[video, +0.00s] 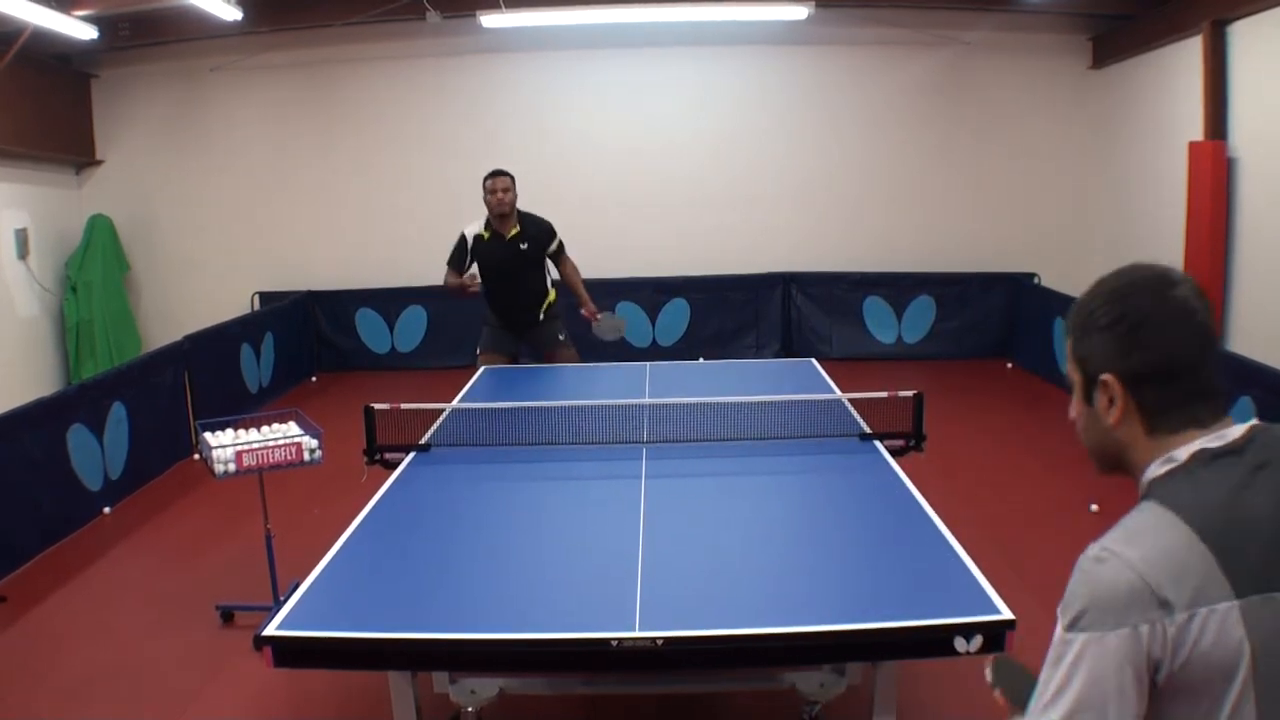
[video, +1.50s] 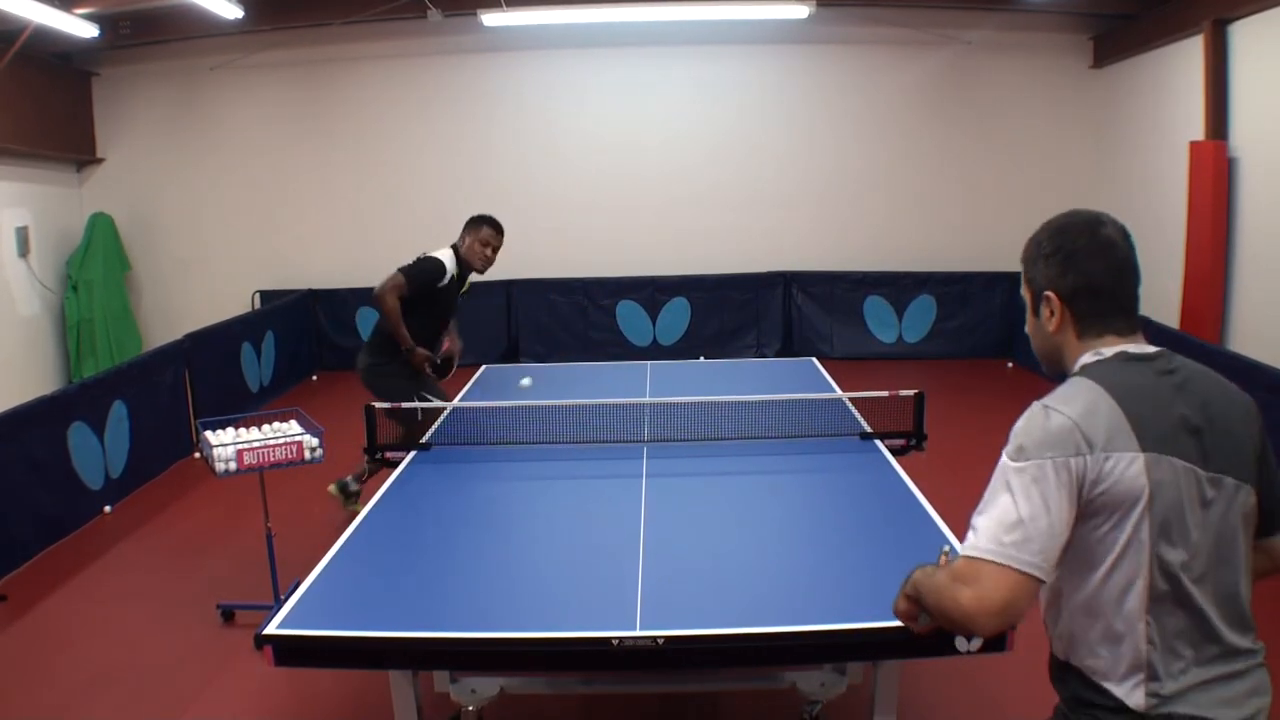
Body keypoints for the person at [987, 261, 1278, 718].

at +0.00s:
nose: (1071, 411)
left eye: (1075, 388)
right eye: (1072, 388)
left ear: (1111, 399)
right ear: (1202, 369)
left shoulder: (1128, 571)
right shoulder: (1270, 449)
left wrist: (1029, 700)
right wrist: (1042, 698)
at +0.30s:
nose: (1039, 418)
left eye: (1036, 402)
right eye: (1035, 402)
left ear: (1059, 405)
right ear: (1139, 384)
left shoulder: (1093, 488)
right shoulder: (1246, 454)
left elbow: (1100, 687)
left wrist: (1037, 683)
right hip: (1268, 706)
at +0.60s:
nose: (1046, 403)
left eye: (1046, 386)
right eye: (1045, 386)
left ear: (1072, 391)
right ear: (1149, 371)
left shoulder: (1107, 483)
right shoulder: (1251, 444)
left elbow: (1127, 685)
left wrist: (1062, 679)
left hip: (1194, 711)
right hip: (1267, 704)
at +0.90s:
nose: (1059, 372)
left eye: (1060, 355)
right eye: (1059, 354)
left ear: (1085, 362)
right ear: (1165, 346)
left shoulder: (1112, 460)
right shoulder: (1258, 429)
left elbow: (1102, 661)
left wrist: (1034, 643)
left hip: (1186, 709)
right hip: (1269, 701)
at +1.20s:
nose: (1051, 353)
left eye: (1051, 335)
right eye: (1050, 335)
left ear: (1078, 344)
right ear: (1157, 329)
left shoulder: (1109, 455)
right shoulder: (1243, 418)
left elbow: (1098, 660)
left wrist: (1014, 627)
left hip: (1172, 708)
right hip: (1265, 702)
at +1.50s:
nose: (1028, 328)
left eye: (1028, 309)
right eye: (1027, 310)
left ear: (1053, 311)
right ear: (1127, 297)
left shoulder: (1064, 421)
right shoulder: (1232, 403)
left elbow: (983, 605)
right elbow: (1266, 551)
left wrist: (924, 578)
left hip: (1119, 702)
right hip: (1243, 696)